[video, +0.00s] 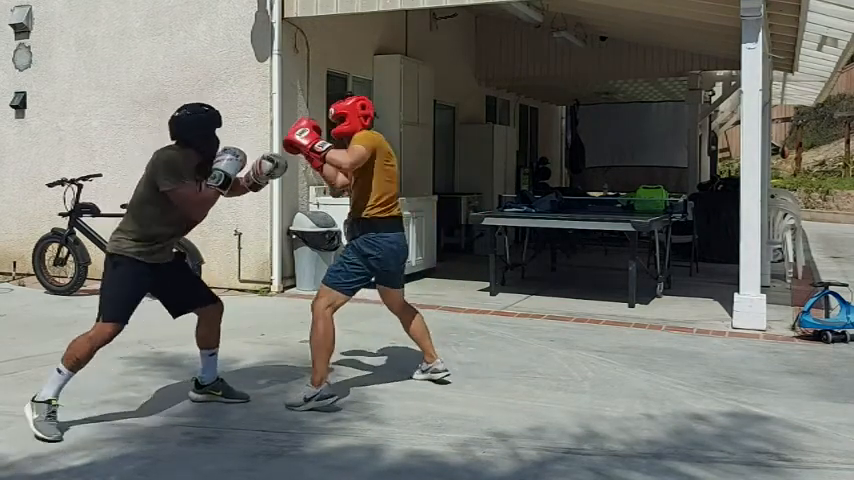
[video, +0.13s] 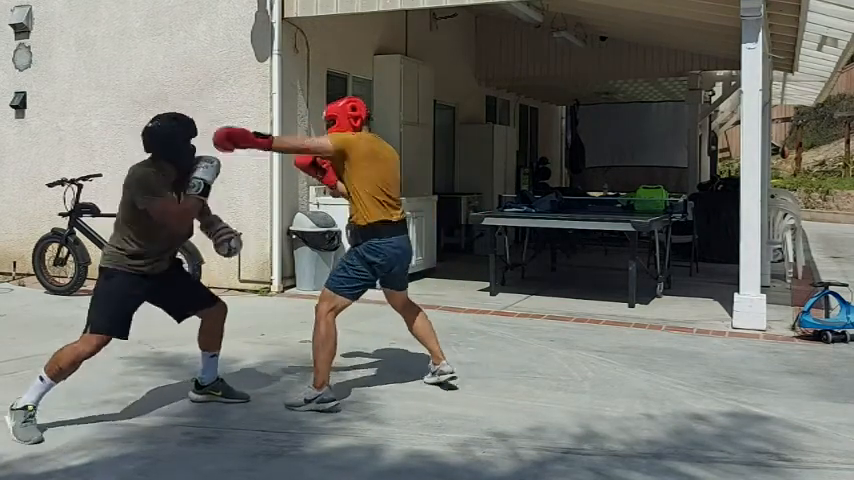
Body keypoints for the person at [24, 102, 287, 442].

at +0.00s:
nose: (218, 139)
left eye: (217, 133)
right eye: (213, 133)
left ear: (189, 135)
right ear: (199, 136)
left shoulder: (201, 163)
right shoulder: (168, 160)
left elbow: (231, 188)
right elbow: (194, 211)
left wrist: (257, 176)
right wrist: (221, 178)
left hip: (165, 257)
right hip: (129, 255)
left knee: (211, 308)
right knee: (107, 330)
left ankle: (208, 381)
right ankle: (44, 399)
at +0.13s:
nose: (193, 148)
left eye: (192, 142)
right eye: (188, 143)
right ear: (174, 148)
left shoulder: (183, 175)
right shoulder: (142, 177)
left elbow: (203, 215)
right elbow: (179, 224)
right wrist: (198, 187)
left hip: (163, 269)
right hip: (123, 270)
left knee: (215, 310)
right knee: (91, 343)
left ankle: (207, 381)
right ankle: (25, 406)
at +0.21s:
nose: (176, 157)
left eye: (175, 150)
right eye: (170, 152)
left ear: (154, 158)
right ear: (151, 158)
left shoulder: (170, 184)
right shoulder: (126, 187)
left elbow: (184, 228)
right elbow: (166, 232)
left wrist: (200, 248)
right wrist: (186, 193)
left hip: (158, 274)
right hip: (116, 276)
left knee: (213, 313)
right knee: (91, 346)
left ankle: (207, 382)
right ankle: (25, 409)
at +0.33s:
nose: (151, 165)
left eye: (149, 158)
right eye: (144, 161)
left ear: (131, 167)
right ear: (124, 171)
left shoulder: (147, 187)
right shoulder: (95, 200)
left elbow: (167, 226)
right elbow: (135, 245)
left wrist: (175, 246)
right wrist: (158, 205)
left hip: (145, 277)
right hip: (103, 281)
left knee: (205, 315)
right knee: (84, 347)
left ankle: (207, 382)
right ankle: (23, 410)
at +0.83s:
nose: (164, 147)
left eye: (162, 141)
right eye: (158, 142)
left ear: (136, 145)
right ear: (139, 146)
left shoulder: (150, 176)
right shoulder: (106, 178)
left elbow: (160, 216)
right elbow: (138, 230)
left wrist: (179, 240)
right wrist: (161, 193)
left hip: (143, 269)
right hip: (101, 272)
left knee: (197, 313)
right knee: (80, 344)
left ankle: (206, 382)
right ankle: (22, 410)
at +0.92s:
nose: (174, 144)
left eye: (172, 137)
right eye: (168, 138)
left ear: (151, 143)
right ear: (149, 143)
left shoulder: (164, 171)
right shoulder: (119, 174)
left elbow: (180, 198)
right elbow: (139, 228)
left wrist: (202, 205)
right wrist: (168, 193)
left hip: (156, 268)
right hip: (115, 270)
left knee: (212, 310)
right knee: (83, 342)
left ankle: (207, 380)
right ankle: (23, 410)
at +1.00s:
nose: (184, 136)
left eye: (183, 130)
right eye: (178, 131)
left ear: (162, 137)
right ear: (160, 137)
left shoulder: (186, 160)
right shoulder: (130, 167)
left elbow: (224, 174)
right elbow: (150, 214)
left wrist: (245, 164)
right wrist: (181, 185)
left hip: (174, 265)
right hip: (130, 266)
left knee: (227, 305)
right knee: (90, 334)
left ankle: (222, 370)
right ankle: (29, 404)